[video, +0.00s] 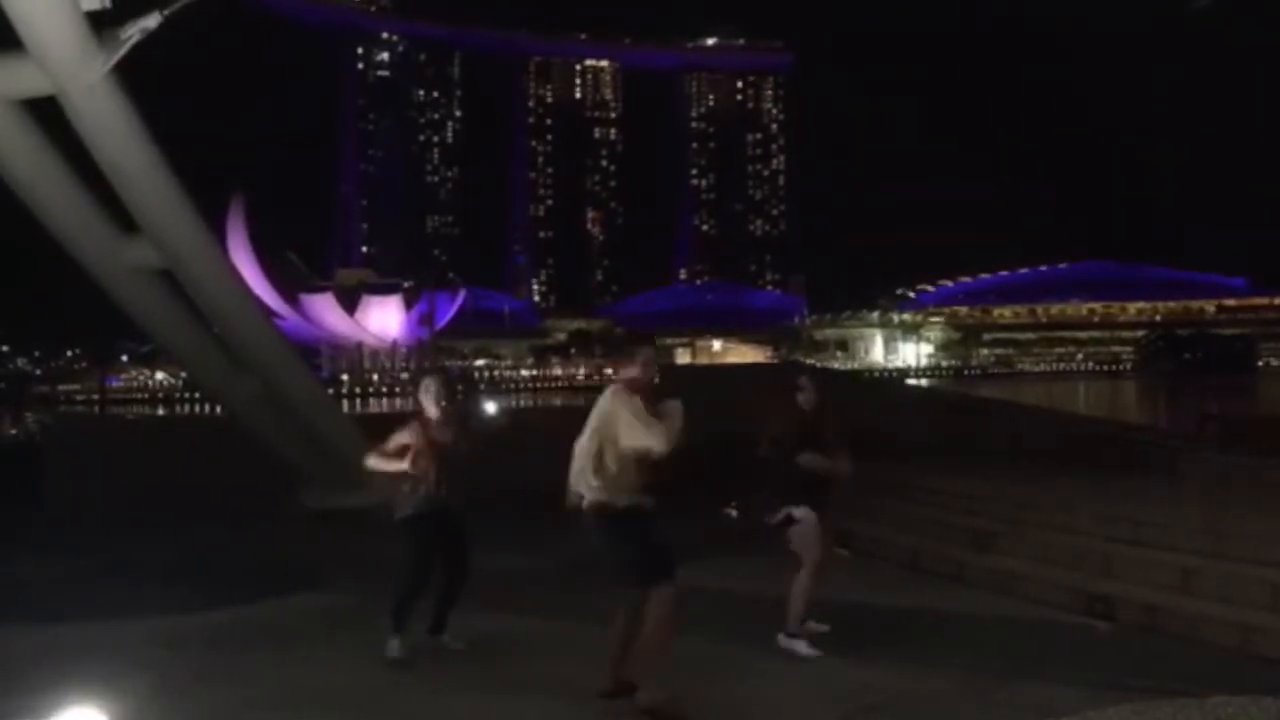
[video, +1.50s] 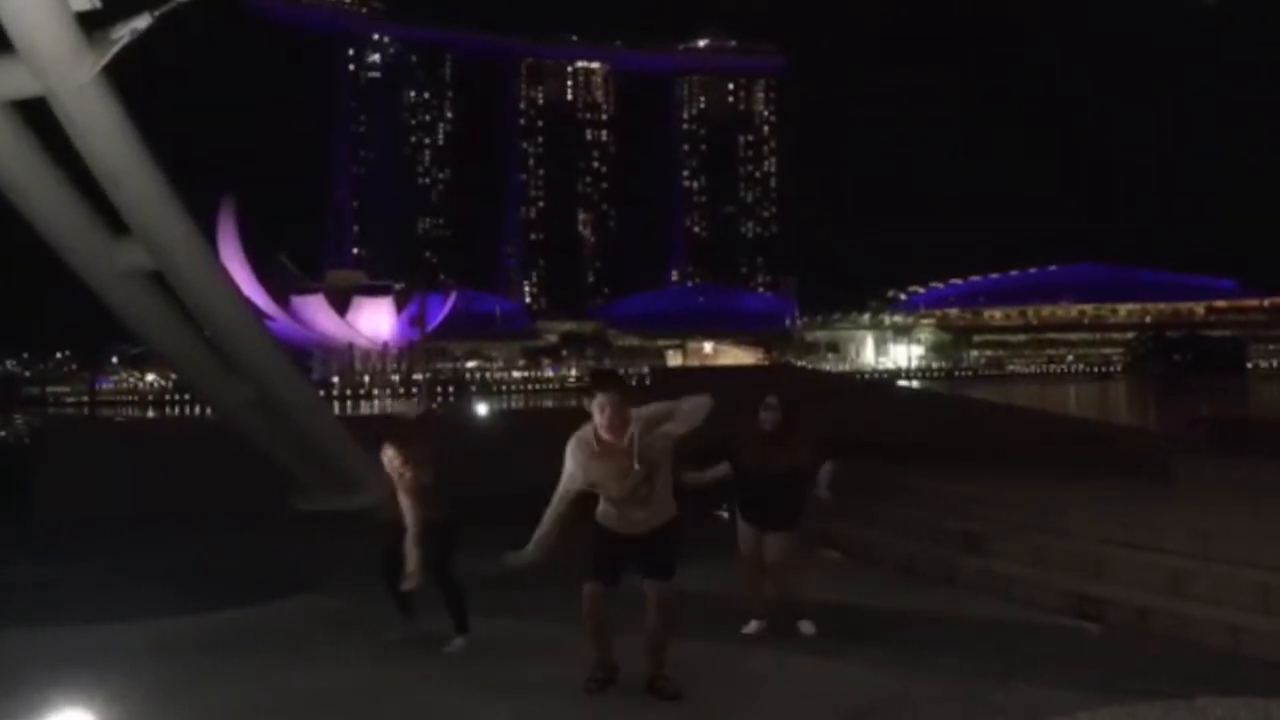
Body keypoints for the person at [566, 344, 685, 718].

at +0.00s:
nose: (650, 373)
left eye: (652, 366)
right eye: (643, 365)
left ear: (653, 371)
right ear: (625, 368)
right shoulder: (618, 399)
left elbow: (583, 447)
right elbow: (656, 444)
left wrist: (585, 489)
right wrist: (672, 413)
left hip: (629, 508)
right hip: (616, 510)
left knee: (636, 592)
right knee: (662, 586)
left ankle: (618, 677)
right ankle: (641, 679)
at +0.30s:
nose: (598, 390)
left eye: (599, 384)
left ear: (604, 387)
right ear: (636, 382)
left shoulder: (598, 431)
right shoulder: (667, 423)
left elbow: (606, 488)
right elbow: (677, 481)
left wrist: (634, 514)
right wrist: (672, 514)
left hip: (628, 532)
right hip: (674, 529)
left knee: (643, 611)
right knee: (688, 607)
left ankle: (655, 685)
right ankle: (694, 682)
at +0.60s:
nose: (598, 372)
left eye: (605, 364)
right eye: (593, 365)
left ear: (620, 370)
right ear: (587, 372)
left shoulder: (648, 409)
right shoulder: (584, 423)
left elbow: (692, 449)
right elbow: (558, 463)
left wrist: (699, 507)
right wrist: (517, 482)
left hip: (658, 515)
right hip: (618, 519)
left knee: (642, 596)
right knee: (627, 595)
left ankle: (647, 673)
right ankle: (629, 662)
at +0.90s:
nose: (628, 400)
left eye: (636, 393)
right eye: (623, 393)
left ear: (648, 397)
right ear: (613, 396)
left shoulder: (662, 442)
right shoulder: (596, 436)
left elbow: (651, 503)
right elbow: (570, 480)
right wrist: (584, 531)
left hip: (651, 529)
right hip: (606, 530)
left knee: (661, 598)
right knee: (597, 595)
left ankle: (645, 673)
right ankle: (602, 658)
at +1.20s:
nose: (606, 415)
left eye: (613, 406)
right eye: (602, 406)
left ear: (633, 404)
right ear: (599, 405)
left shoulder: (653, 438)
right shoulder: (597, 438)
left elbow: (652, 466)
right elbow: (580, 485)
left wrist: (607, 453)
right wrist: (563, 527)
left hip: (643, 543)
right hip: (600, 539)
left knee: (636, 617)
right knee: (580, 600)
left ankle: (667, 672)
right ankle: (594, 694)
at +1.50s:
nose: (610, 417)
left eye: (617, 408)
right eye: (602, 409)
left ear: (628, 408)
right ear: (591, 411)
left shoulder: (650, 423)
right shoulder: (581, 449)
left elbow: (703, 403)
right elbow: (560, 502)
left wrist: (671, 429)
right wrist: (533, 551)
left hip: (658, 522)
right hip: (611, 524)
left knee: (661, 596)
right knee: (595, 594)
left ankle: (657, 673)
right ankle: (603, 667)